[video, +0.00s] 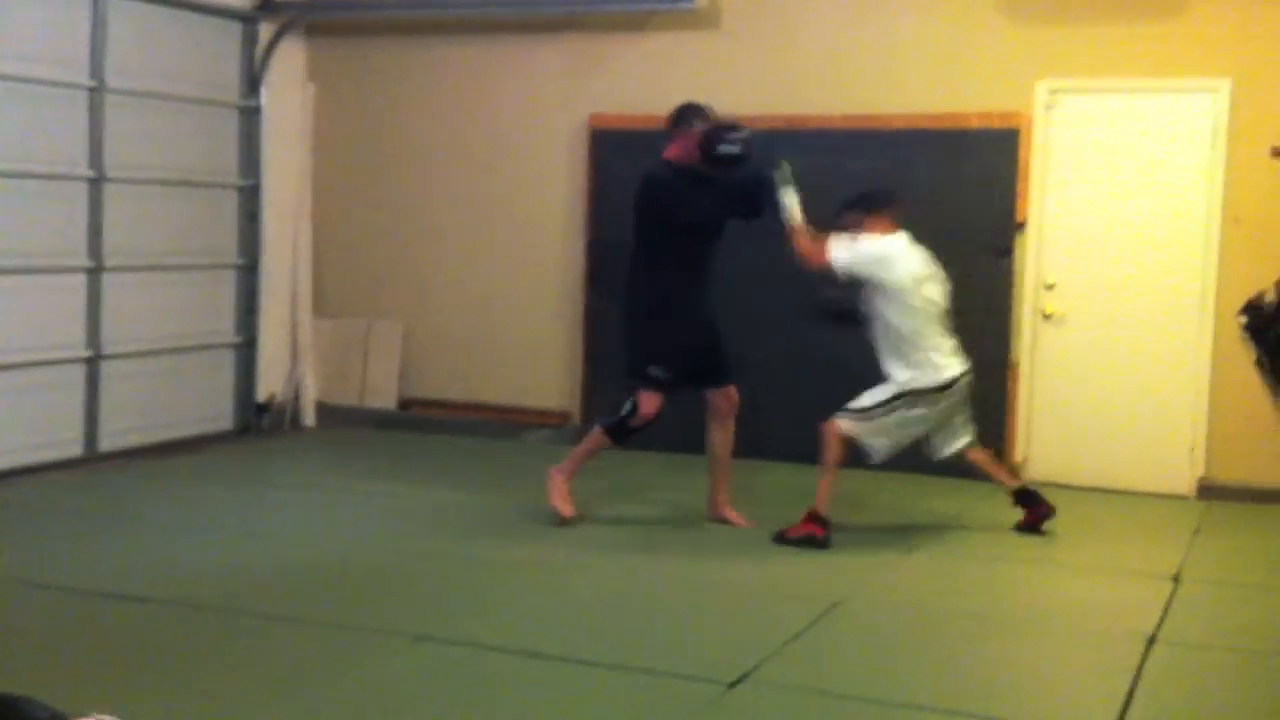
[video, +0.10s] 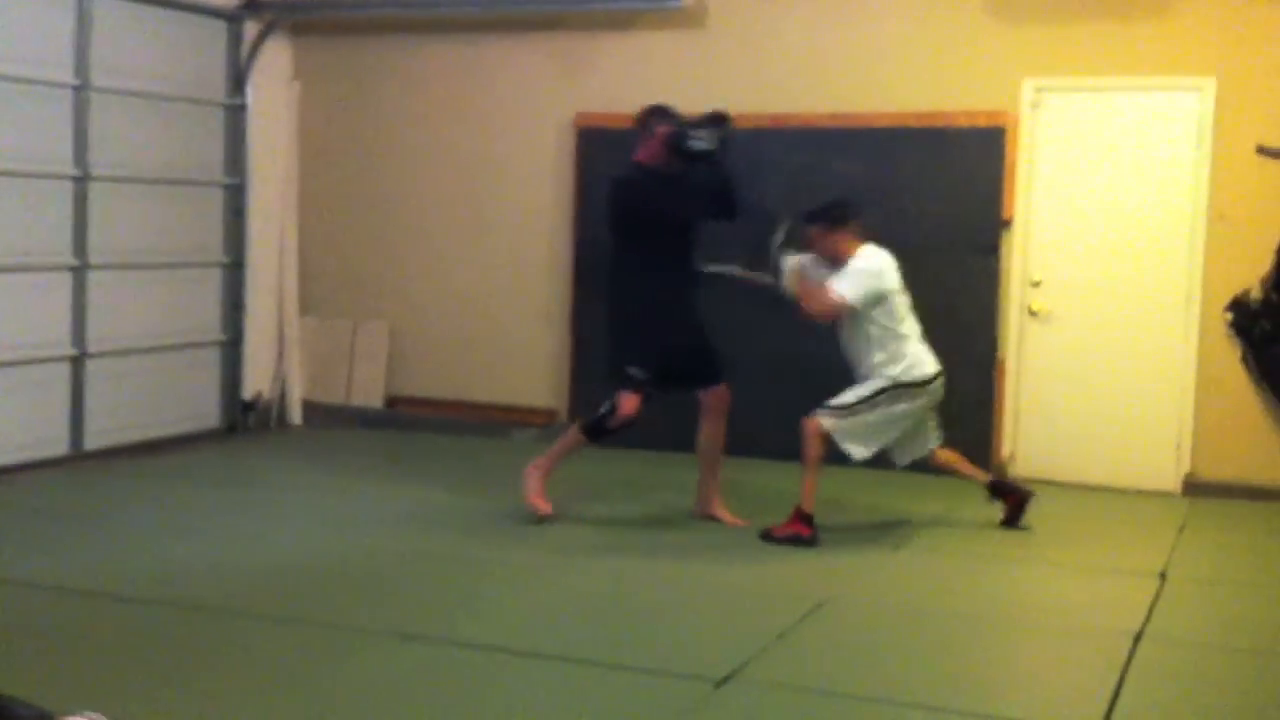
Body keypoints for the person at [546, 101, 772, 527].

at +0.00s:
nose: (706, 148)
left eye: (708, 140)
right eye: (699, 138)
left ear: (706, 141)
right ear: (678, 138)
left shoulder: (706, 181)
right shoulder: (659, 181)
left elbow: (750, 210)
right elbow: (699, 220)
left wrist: (745, 167)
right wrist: (723, 174)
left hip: (693, 305)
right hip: (653, 306)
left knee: (724, 400)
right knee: (647, 405)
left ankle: (719, 503)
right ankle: (562, 473)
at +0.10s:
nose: (667, 146)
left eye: (672, 139)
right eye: (661, 138)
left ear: (676, 142)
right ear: (644, 139)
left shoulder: (679, 184)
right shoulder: (629, 185)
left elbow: (725, 207)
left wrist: (712, 156)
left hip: (676, 306)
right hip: (635, 307)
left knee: (715, 395)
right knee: (626, 406)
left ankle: (708, 500)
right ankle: (539, 470)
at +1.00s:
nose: (486, 149)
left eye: (488, 140)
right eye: (482, 139)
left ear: (465, 139)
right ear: (456, 138)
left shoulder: (463, 185)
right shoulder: (430, 187)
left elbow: (491, 239)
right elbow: (470, 233)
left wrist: (528, 209)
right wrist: (497, 193)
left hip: (446, 308)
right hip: (423, 308)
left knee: (436, 403)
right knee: (431, 404)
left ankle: (415, 491)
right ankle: (376, 498)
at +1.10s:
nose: (475, 150)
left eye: (477, 142)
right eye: (471, 140)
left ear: (452, 139)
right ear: (444, 135)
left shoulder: (454, 183)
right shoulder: (415, 185)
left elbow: (486, 229)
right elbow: (459, 230)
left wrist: (521, 193)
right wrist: (492, 182)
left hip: (447, 309)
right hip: (416, 310)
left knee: (445, 400)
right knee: (416, 405)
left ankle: (417, 484)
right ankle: (369, 500)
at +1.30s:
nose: (468, 148)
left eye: (471, 139)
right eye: (463, 138)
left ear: (449, 139)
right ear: (437, 134)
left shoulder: (449, 183)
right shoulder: (409, 183)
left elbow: (472, 241)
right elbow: (454, 233)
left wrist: (504, 208)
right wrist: (477, 186)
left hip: (448, 307)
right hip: (413, 309)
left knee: (502, 382)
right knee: (408, 405)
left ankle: (472, 479)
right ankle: (368, 502)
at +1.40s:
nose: (471, 150)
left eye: (474, 142)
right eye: (464, 141)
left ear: (461, 142)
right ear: (440, 139)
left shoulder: (455, 186)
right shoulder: (414, 186)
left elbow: (478, 243)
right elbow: (456, 229)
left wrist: (508, 206)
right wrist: (477, 183)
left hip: (454, 306)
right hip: (415, 310)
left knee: (503, 385)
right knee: (411, 403)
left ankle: (515, 489)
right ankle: (366, 501)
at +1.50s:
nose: (481, 153)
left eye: (485, 144)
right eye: (475, 143)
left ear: (486, 147)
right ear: (452, 142)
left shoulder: (478, 187)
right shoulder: (425, 189)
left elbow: (512, 237)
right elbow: (459, 239)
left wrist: (525, 188)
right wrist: (489, 190)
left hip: (472, 311)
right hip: (429, 313)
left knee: (503, 401)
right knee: (418, 409)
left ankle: (538, 501)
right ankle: (367, 502)